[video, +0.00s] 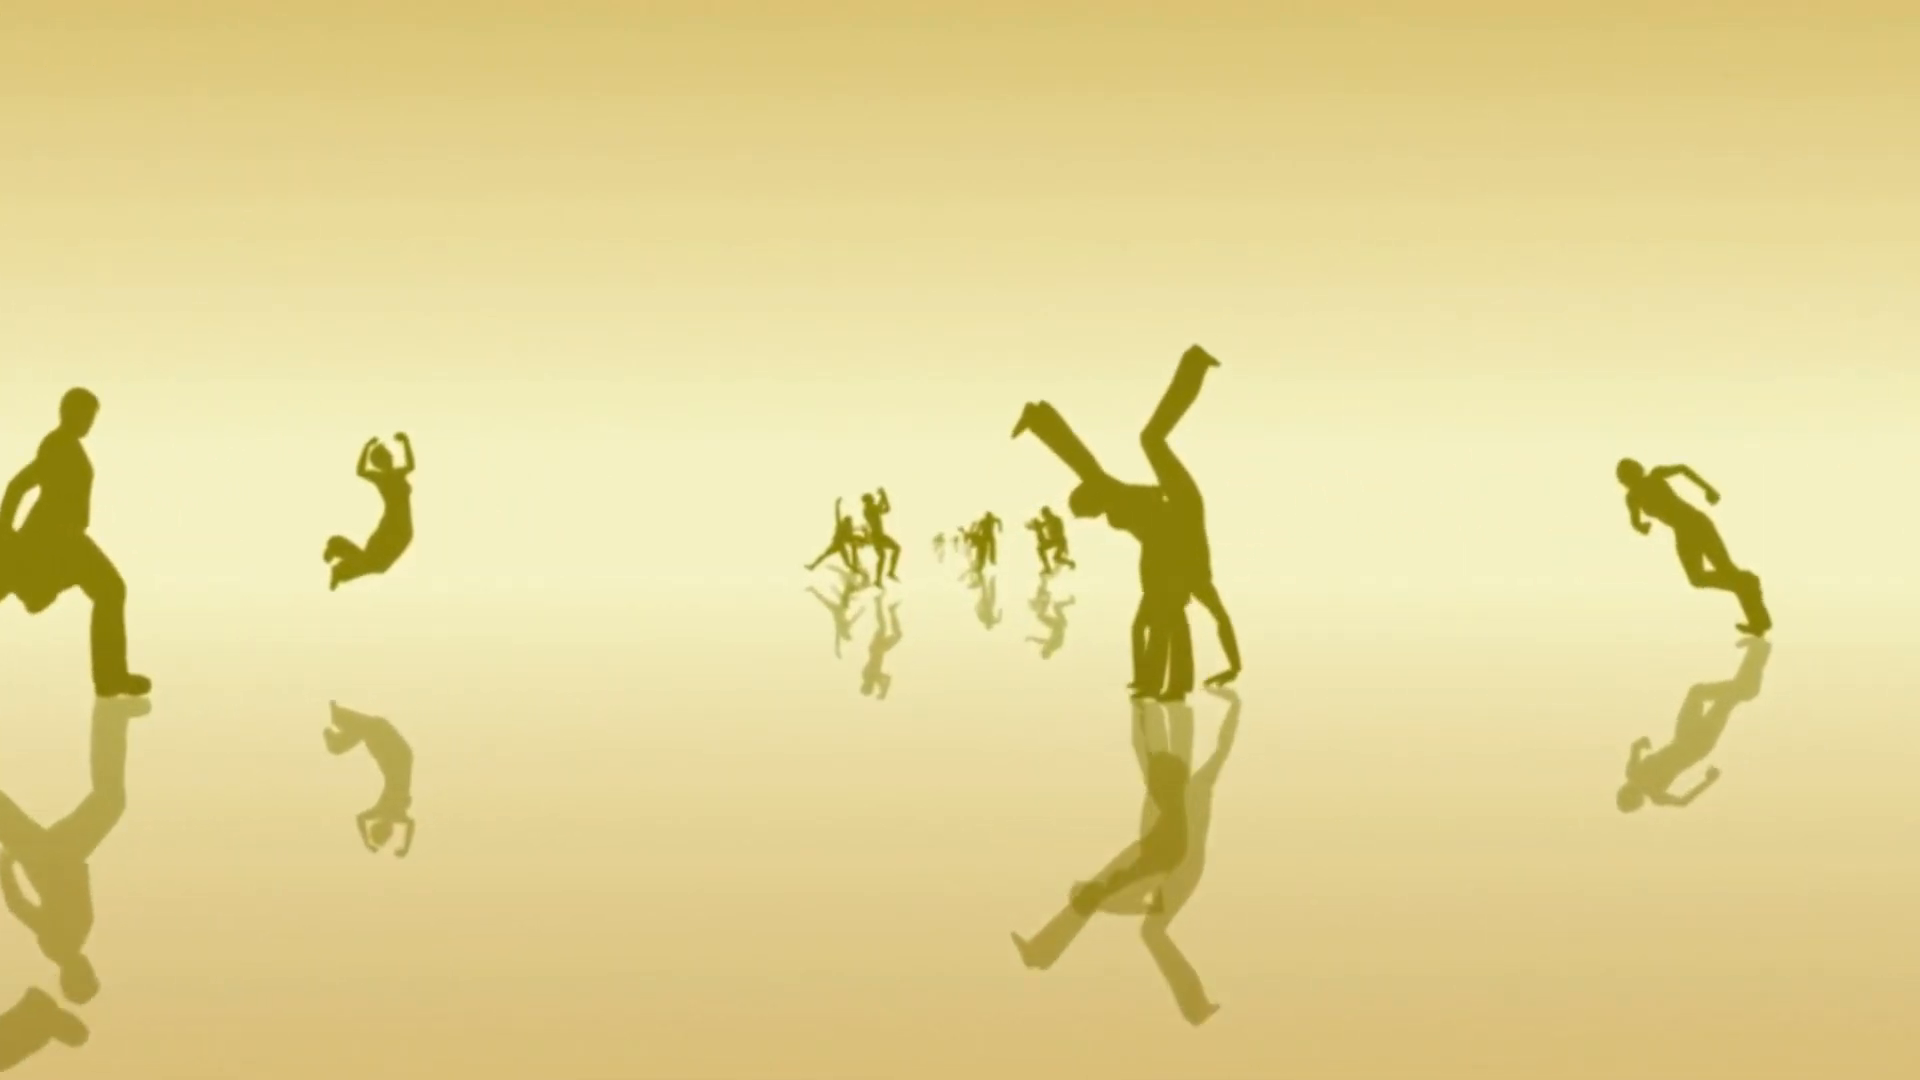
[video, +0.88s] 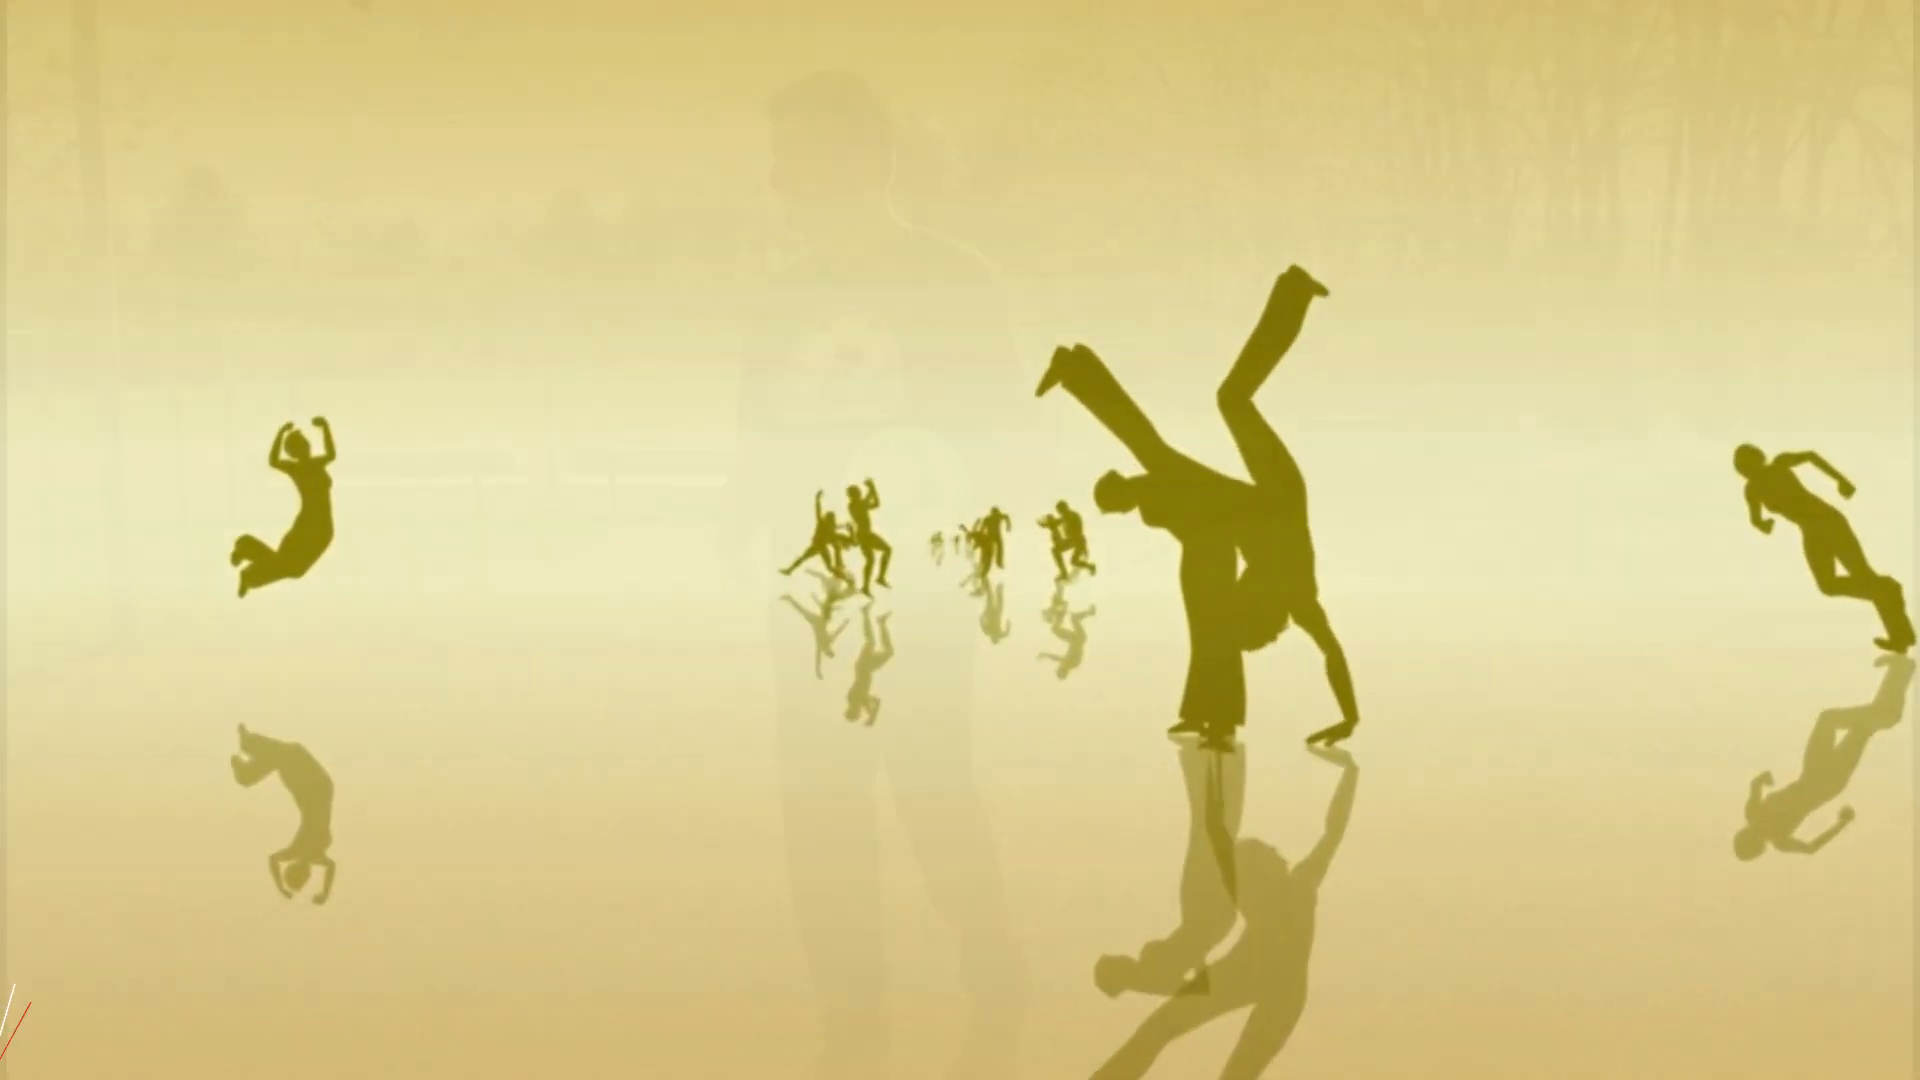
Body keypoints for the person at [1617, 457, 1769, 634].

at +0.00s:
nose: (1628, 482)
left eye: (1628, 476)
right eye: (1624, 479)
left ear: (1635, 471)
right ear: (1624, 480)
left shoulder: (1656, 475)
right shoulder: (1632, 497)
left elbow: (1683, 468)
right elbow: (1635, 521)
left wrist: (1708, 489)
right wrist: (1642, 527)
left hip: (1695, 521)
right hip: (1681, 530)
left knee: (1726, 568)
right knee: (1697, 578)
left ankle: (1758, 620)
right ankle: (1744, 581)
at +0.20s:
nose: (1651, 480)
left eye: (1651, 474)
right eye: (1647, 477)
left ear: (1657, 470)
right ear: (1648, 477)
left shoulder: (1680, 472)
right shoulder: (1655, 496)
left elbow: (1707, 466)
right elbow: (1658, 521)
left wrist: (1733, 487)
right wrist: (1666, 527)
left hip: (1720, 521)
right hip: (1706, 530)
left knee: (1752, 569)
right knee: (1722, 579)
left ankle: (1785, 623)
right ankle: (1771, 583)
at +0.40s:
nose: (1676, 478)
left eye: (1676, 471)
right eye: (1671, 475)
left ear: (1683, 467)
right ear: (1671, 476)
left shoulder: (1705, 470)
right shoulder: (1680, 495)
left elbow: (1734, 463)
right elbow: (1683, 520)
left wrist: (1760, 485)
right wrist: (1691, 527)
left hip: (1748, 520)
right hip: (1733, 530)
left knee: (1780, 570)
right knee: (1749, 581)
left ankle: (1814, 626)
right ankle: (1799, 584)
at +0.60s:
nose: (1701, 475)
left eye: (1702, 469)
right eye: (1697, 472)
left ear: (1710, 464)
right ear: (1697, 473)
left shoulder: (1732, 468)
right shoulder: (1706, 492)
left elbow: (1761, 460)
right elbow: (1709, 519)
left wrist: (1789, 483)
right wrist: (1717, 526)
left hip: (1777, 520)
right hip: (1761, 530)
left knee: (1810, 571)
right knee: (1778, 582)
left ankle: (1845, 630)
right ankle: (1830, 585)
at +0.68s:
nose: (1718, 474)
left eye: (1717, 468)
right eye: (1714, 470)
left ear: (1724, 463)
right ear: (1716, 469)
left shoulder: (1750, 466)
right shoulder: (1723, 492)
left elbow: (1780, 459)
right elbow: (1726, 518)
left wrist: (1808, 482)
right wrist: (1734, 526)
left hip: (1795, 519)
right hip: (1779, 529)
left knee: (1829, 572)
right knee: (1796, 583)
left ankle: (1865, 631)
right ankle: (1849, 586)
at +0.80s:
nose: (1729, 473)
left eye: (1728, 467)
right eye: (1725, 470)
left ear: (1736, 462)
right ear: (1726, 470)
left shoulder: (1762, 465)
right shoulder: (1734, 491)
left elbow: (1792, 458)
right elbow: (1737, 519)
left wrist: (1821, 481)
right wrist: (1746, 526)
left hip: (1808, 519)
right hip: (1791, 529)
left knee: (1842, 573)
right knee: (1808, 584)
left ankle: (1879, 633)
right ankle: (1863, 587)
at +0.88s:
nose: (1745, 472)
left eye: (1745, 466)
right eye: (1742, 468)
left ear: (1752, 461)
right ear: (1751, 462)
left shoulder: (1780, 463)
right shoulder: (1751, 490)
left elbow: (1810, 456)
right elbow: (1755, 517)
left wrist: (1840, 480)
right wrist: (1763, 526)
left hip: (1828, 519)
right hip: (1810, 529)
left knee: (1863, 575)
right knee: (1827, 585)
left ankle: (1900, 635)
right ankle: (1884, 588)